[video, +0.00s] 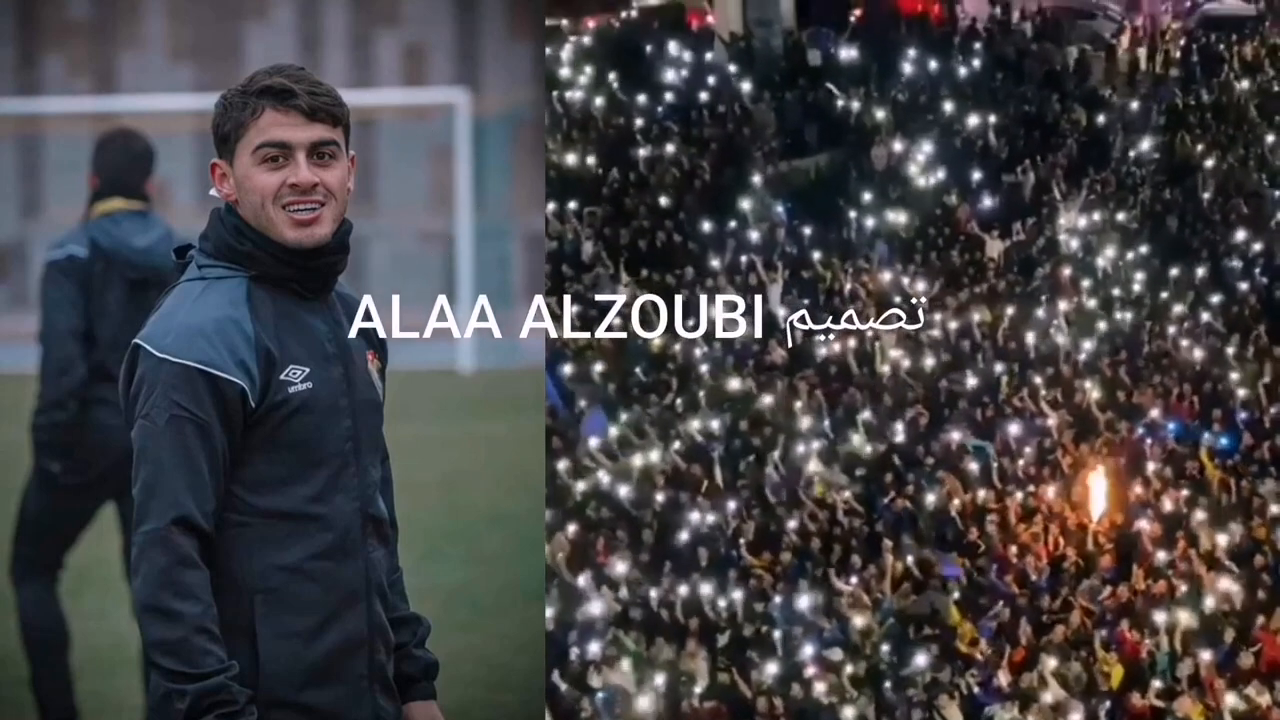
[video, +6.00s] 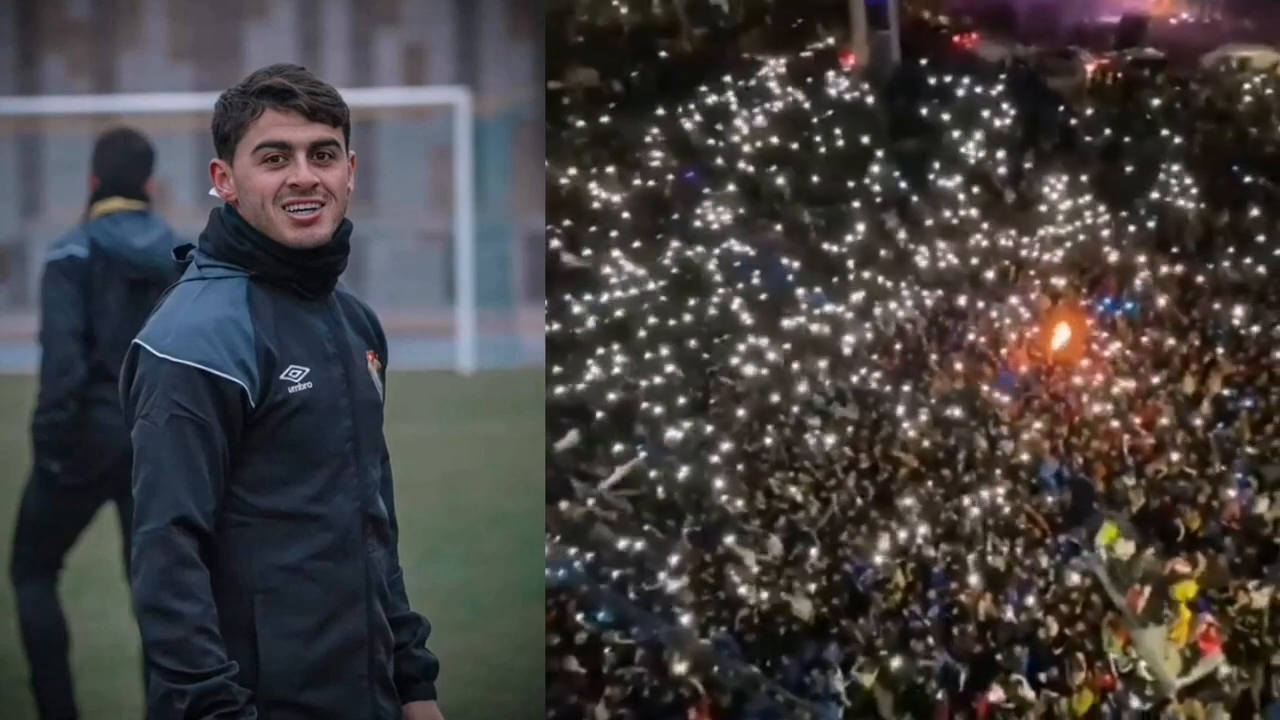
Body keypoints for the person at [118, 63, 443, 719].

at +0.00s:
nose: (305, 178)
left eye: (322, 155)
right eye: (274, 158)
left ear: (350, 171)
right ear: (226, 182)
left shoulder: (352, 319)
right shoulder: (195, 334)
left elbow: (372, 524)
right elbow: (164, 551)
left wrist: (414, 684)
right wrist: (213, 705)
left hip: (364, 690)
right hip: (260, 692)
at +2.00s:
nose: (305, 178)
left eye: (322, 155)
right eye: (274, 158)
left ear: (350, 171)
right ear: (226, 182)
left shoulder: (356, 323)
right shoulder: (195, 334)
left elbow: (372, 524)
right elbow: (164, 550)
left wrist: (414, 684)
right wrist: (213, 705)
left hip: (364, 690)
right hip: (259, 691)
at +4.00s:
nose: (305, 178)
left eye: (322, 155)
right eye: (274, 158)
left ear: (350, 171)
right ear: (226, 182)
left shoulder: (356, 324)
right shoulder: (195, 334)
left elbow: (373, 525)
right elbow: (164, 551)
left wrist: (414, 684)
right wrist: (213, 705)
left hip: (365, 690)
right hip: (259, 691)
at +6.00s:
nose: (304, 178)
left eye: (322, 155)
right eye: (274, 158)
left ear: (350, 171)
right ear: (226, 182)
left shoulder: (356, 323)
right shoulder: (195, 334)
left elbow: (372, 525)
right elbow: (164, 550)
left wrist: (414, 685)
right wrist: (213, 705)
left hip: (365, 690)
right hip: (259, 691)